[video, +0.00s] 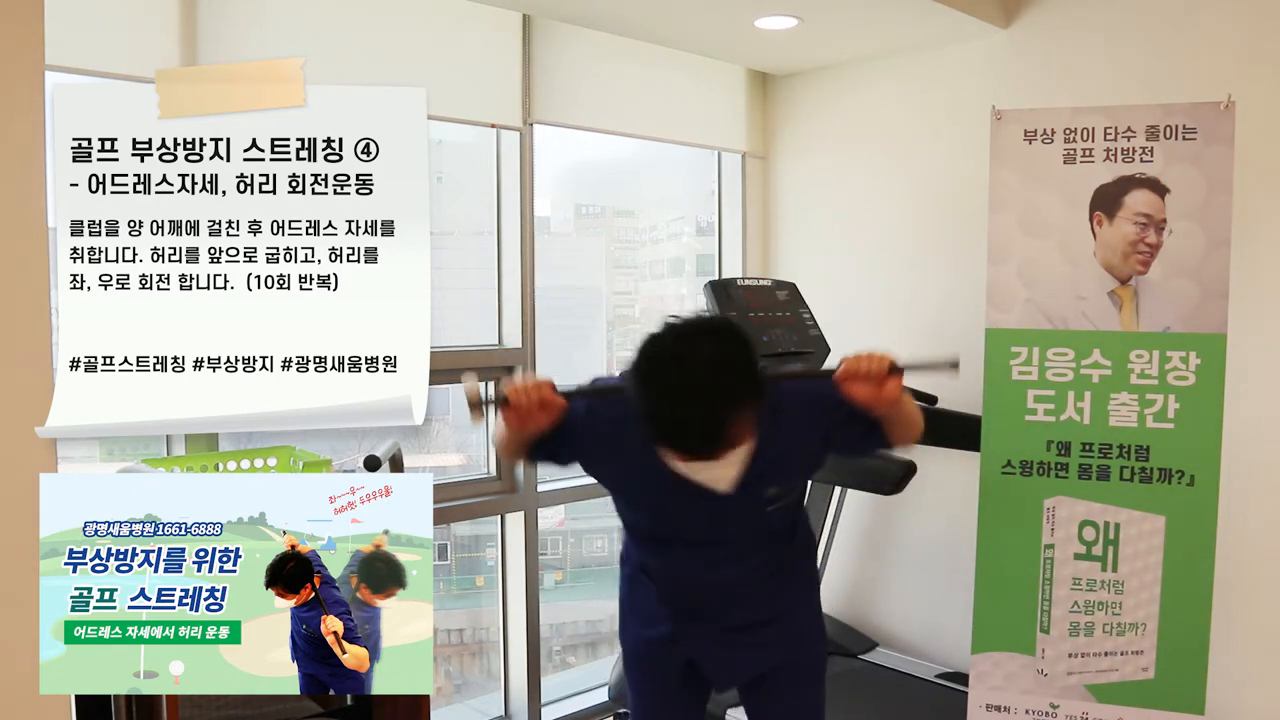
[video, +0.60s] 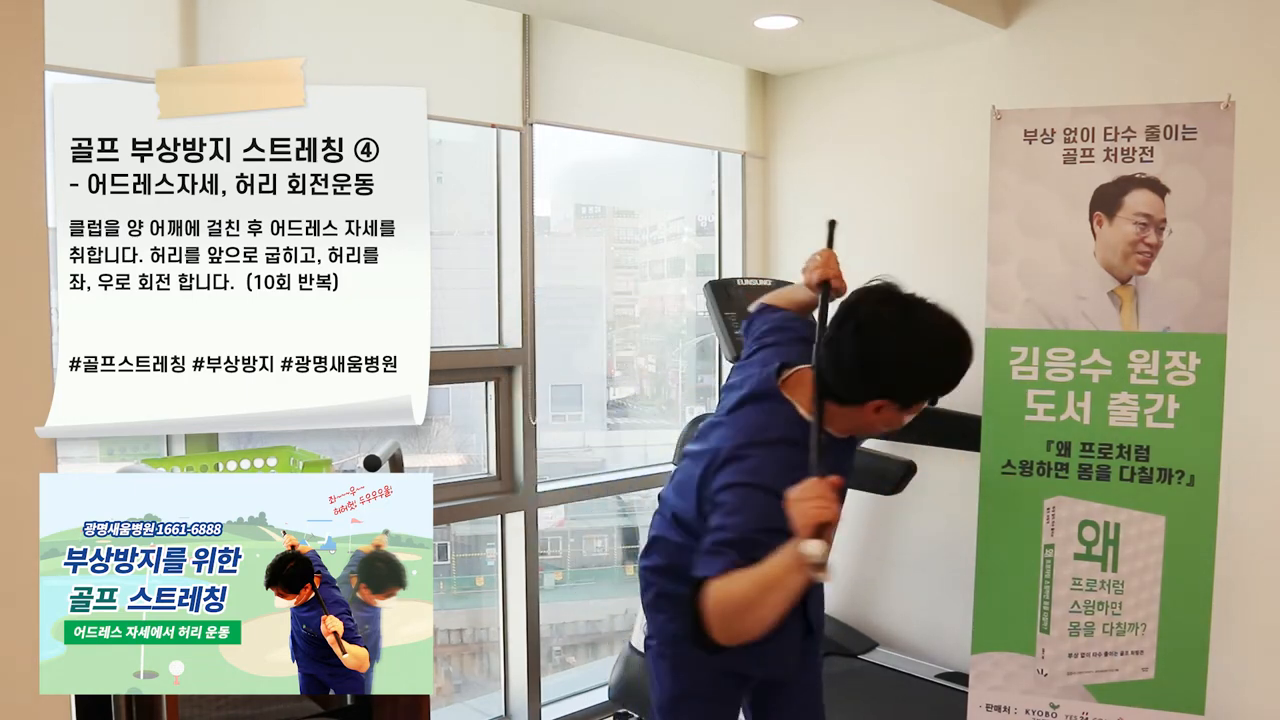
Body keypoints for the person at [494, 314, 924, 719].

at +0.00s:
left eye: (733, 441)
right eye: (690, 456)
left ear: (750, 409)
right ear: (658, 428)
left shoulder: (801, 409)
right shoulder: (608, 420)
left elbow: (907, 435)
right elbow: (510, 450)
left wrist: (889, 405)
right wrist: (521, 422)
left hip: (780, 624)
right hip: (664, 631)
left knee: (794, 711)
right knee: (659, 711)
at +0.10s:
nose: (775, 464)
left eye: (786, 447)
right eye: (755, 454)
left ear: (800, 397)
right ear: (706, 429)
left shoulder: (821, 387)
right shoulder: (642, 431)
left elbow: (890, 385)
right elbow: (518, 497)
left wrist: (890, 358)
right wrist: (551, 470)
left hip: (788, 624)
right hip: (673, 631)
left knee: (795, 717)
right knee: (669, 718)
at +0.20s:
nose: (808, 456)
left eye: (818, 443)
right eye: (797, 446)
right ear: (739, 423)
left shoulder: (808, 389)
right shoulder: (664, 436)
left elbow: (865, 375)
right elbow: (536, 526)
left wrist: (878, 344)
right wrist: (587, 501)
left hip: (792, 619)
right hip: (682, 629)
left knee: (798, 713)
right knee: (677, 712)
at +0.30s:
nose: (843, 451)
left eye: (854, 440)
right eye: (839, 442)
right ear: (793, 422)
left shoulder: (806, 367)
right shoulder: (700, 434)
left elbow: (815, 343)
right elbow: (582, 568)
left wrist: (851, 315)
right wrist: (650, 530)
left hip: (795, 617)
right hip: (690, 629)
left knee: (800, 709)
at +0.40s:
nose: (868, 441)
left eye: (876, 433)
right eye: (867, 433)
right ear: (823, 420)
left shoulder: (805, 351)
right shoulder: (718, 437)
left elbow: (825, 330)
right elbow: (621, 591)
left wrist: (844, 300)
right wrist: (699, 541)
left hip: (790, 612)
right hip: (691, 630)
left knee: (801, 712)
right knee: (688, 710)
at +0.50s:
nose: (907, 422)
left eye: (912, 414)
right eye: (907, 415)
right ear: (862, 416)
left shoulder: (792, 348)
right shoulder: (735, 456)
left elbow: (783, 311)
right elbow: (684, 614)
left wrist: (820, 293)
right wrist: (767, 550)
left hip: (787, 612)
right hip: (695, 637)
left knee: (799, 711)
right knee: (695, 710)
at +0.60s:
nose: (918, 414)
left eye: (923, 405)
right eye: (918, 407)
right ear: (878, 411)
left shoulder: (789, 344)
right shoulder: (758, 465)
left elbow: (766, 309)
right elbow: (721, 622)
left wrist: (809, 289)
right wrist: (802, 552)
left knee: (796, 709)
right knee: (696, 708)